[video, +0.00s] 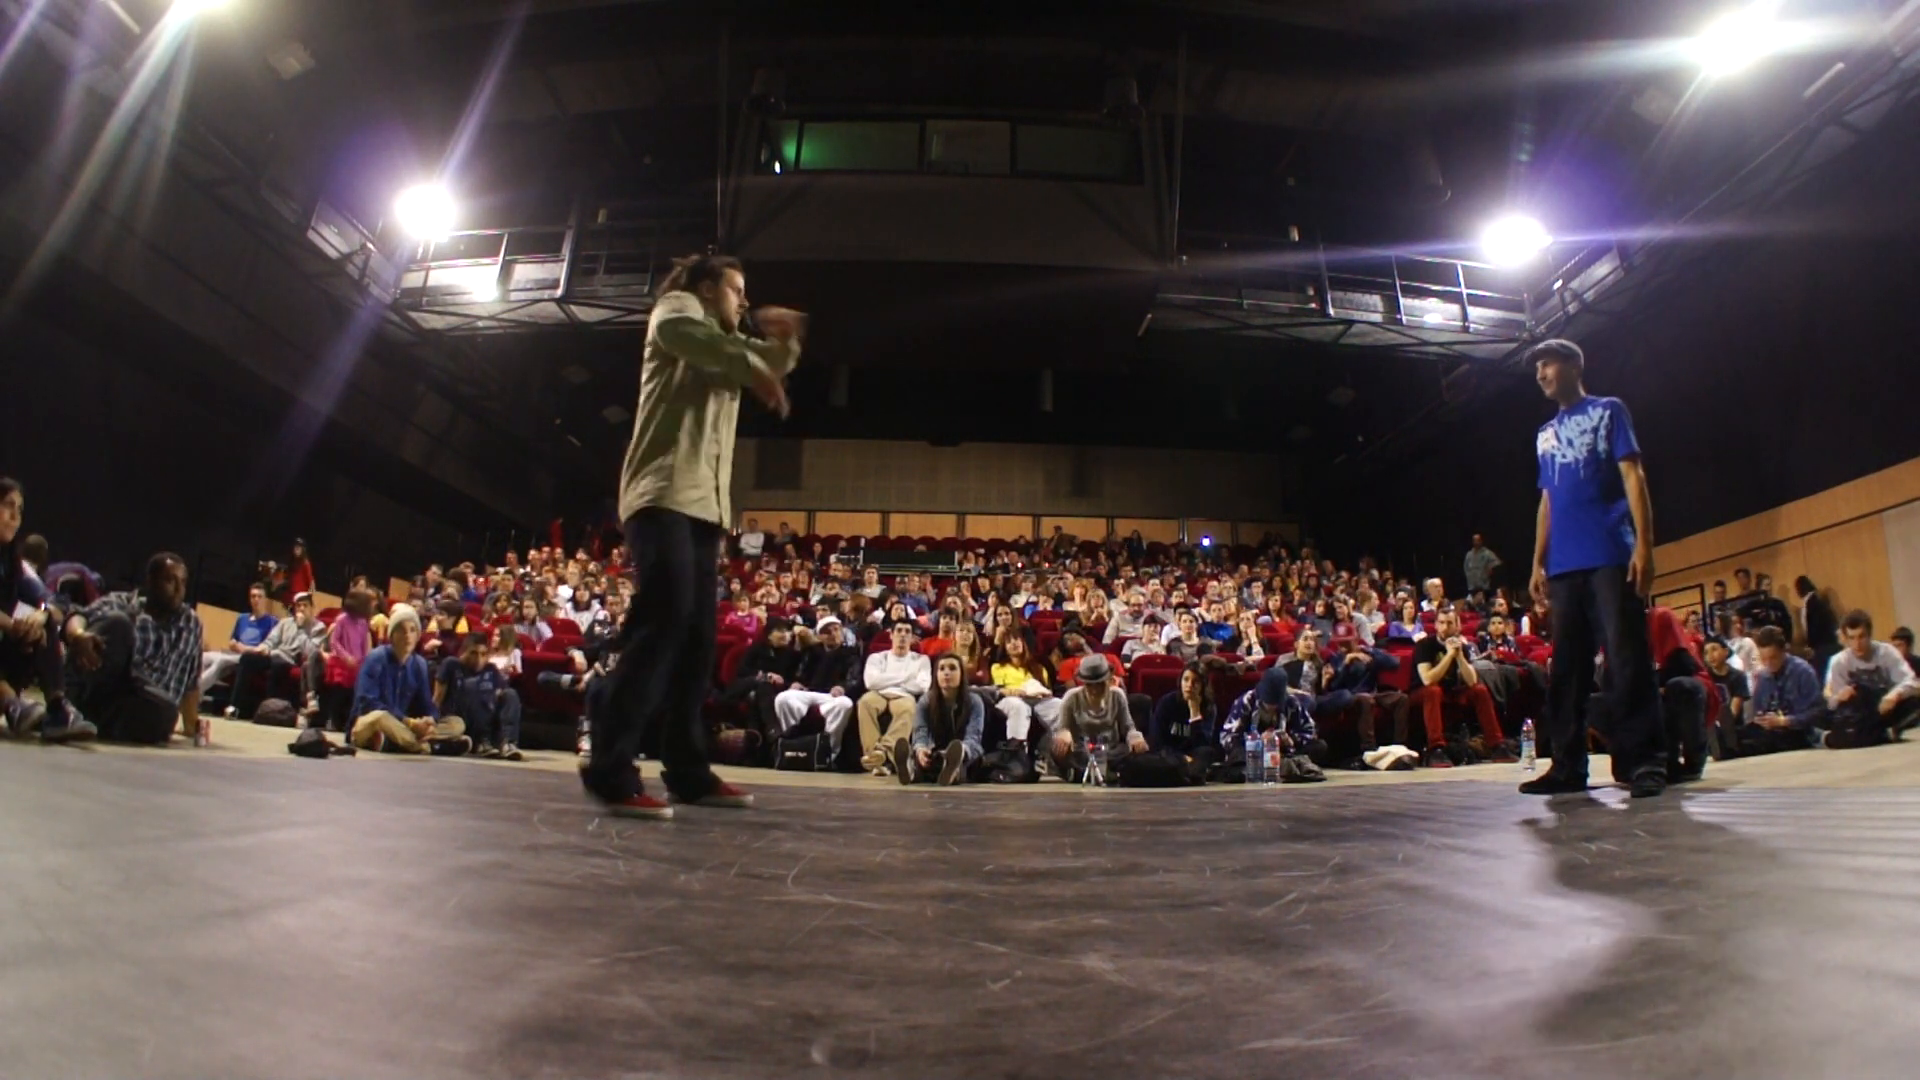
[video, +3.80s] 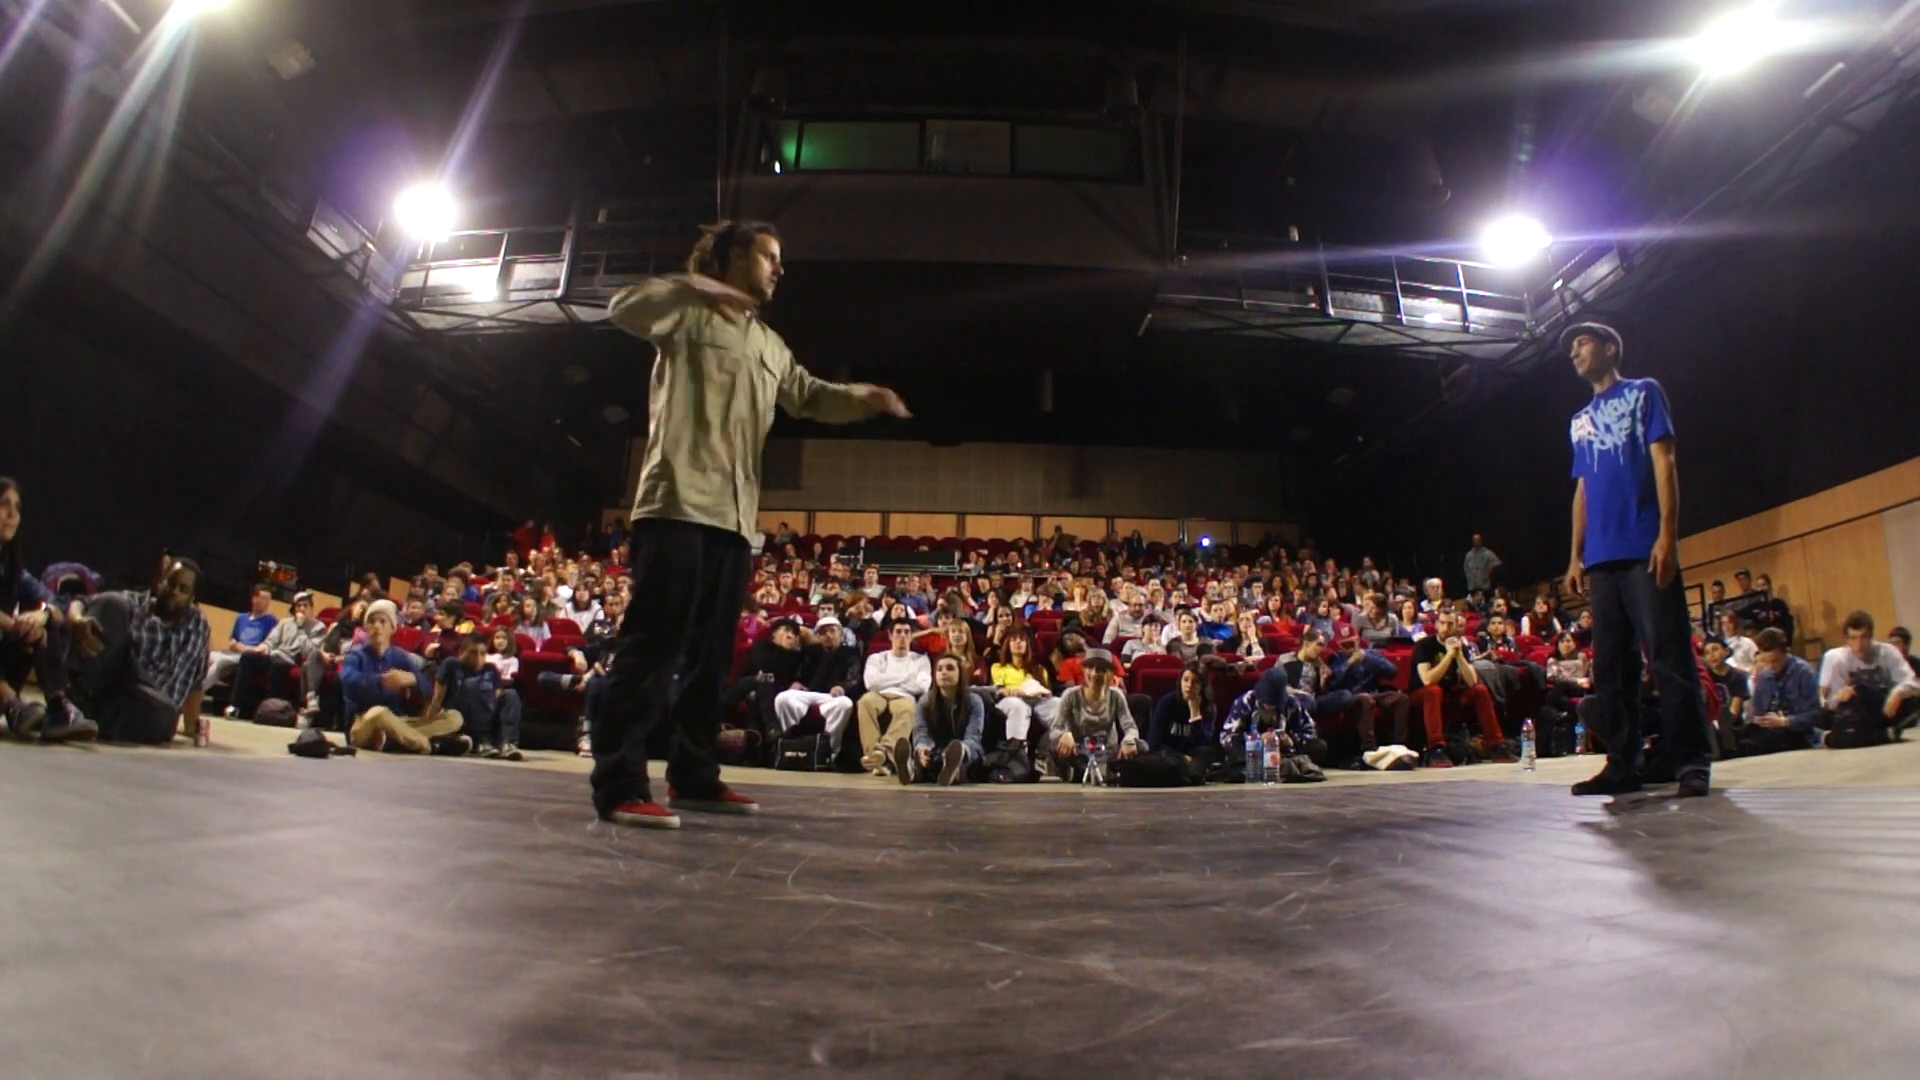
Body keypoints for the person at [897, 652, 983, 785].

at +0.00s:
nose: (947, 673)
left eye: (952, 668)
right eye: (942, 669)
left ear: (961, 674)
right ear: (935, 674)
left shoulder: (974, 701)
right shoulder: (925, 701)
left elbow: (974, 738)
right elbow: (920, 731)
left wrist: (961, 751)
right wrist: (920, 748)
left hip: (962, 751)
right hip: (933, 750)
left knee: (955, 762)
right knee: (919, 761)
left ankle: (949, 773)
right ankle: (910, 768)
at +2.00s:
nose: (946, 673)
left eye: (952, 668)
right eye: (941, 669)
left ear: (961, 673)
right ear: (935, 674)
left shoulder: (974, 701)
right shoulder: (925, 701)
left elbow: (973, 738)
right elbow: (920, 732)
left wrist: (962, 751)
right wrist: (919, 746)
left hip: (962, 751)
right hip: (933, 751)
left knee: (955, 762)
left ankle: (949, 773)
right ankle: (910, 768)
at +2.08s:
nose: (946, 673)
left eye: (951, 669)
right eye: (941, 670)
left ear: (961, 674)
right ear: (935, 675)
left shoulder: (974, 701)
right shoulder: (925, 702)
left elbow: (974, 737)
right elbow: (922, 735)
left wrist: (962, 751)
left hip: (963, 749)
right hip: (935, 749)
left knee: (956, 762)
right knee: (927, 759)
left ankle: (949, 773)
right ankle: (912, 768)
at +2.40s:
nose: (946, 674)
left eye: (951, 669)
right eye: (941, 670)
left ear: (961, 674)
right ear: (935, 675)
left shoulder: (974, 701)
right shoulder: (925, 701)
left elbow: (973, 737)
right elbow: (925, 738)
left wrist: (962, 752)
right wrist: (940, 749)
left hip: (964, 748)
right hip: (936, 750)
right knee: (927, 761)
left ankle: (949, 773)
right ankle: (912, 768)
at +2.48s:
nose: (946, 674)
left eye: (952, 669)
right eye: (941, 670)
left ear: (961, 674)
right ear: (935, 675)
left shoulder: (974, 701)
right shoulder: (926, 700)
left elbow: (973, 738)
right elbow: (923, 733)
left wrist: (962, 752)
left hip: (964, 750)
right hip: (935, 750)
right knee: (926, 761)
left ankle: (950, 772)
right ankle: (911, 769)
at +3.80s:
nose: (944, 673)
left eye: (950, 668)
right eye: (939, 669)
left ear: (960, 674)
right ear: (935, 675)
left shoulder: (974, 701)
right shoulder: (925, 701)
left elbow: (974, 736)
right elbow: (921, 730)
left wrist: (962, 750)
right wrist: (922, 747)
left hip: (963, 748)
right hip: (935, 749)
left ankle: (949, 773)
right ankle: (912, 768)